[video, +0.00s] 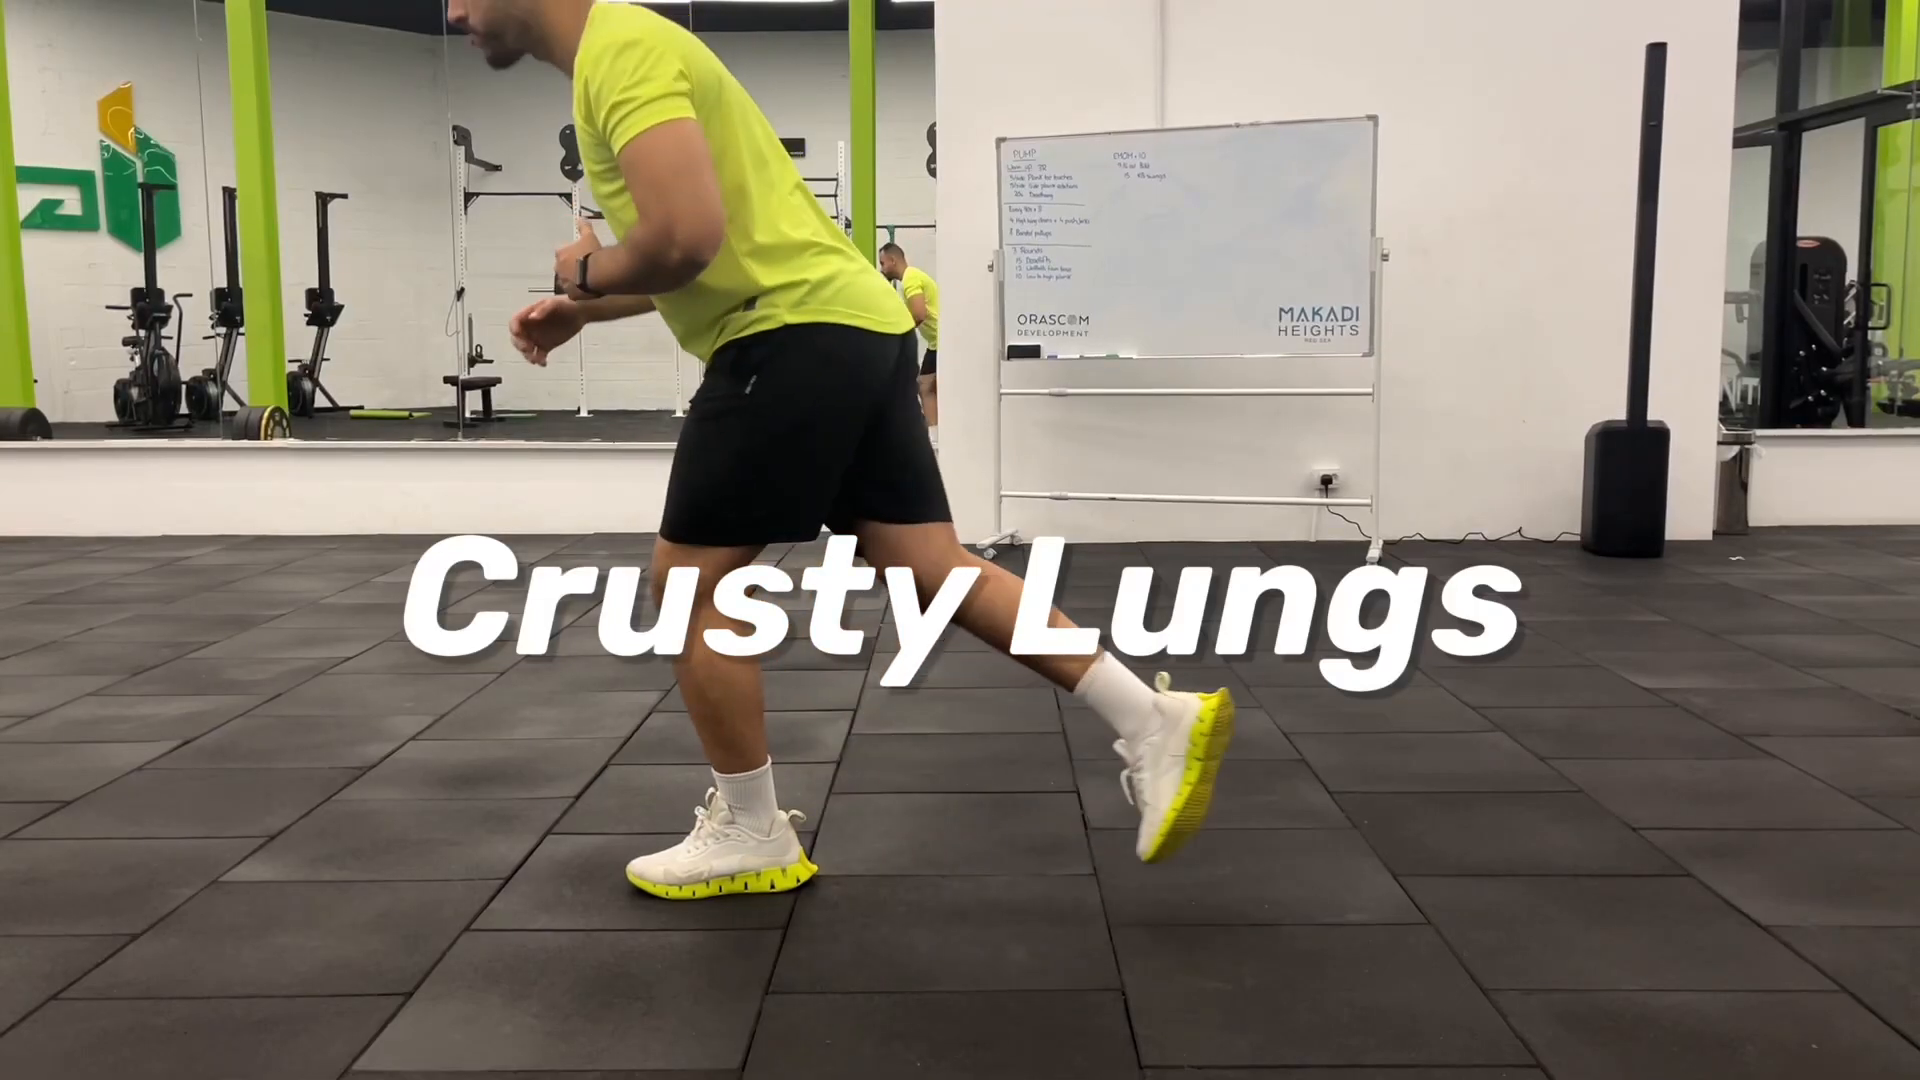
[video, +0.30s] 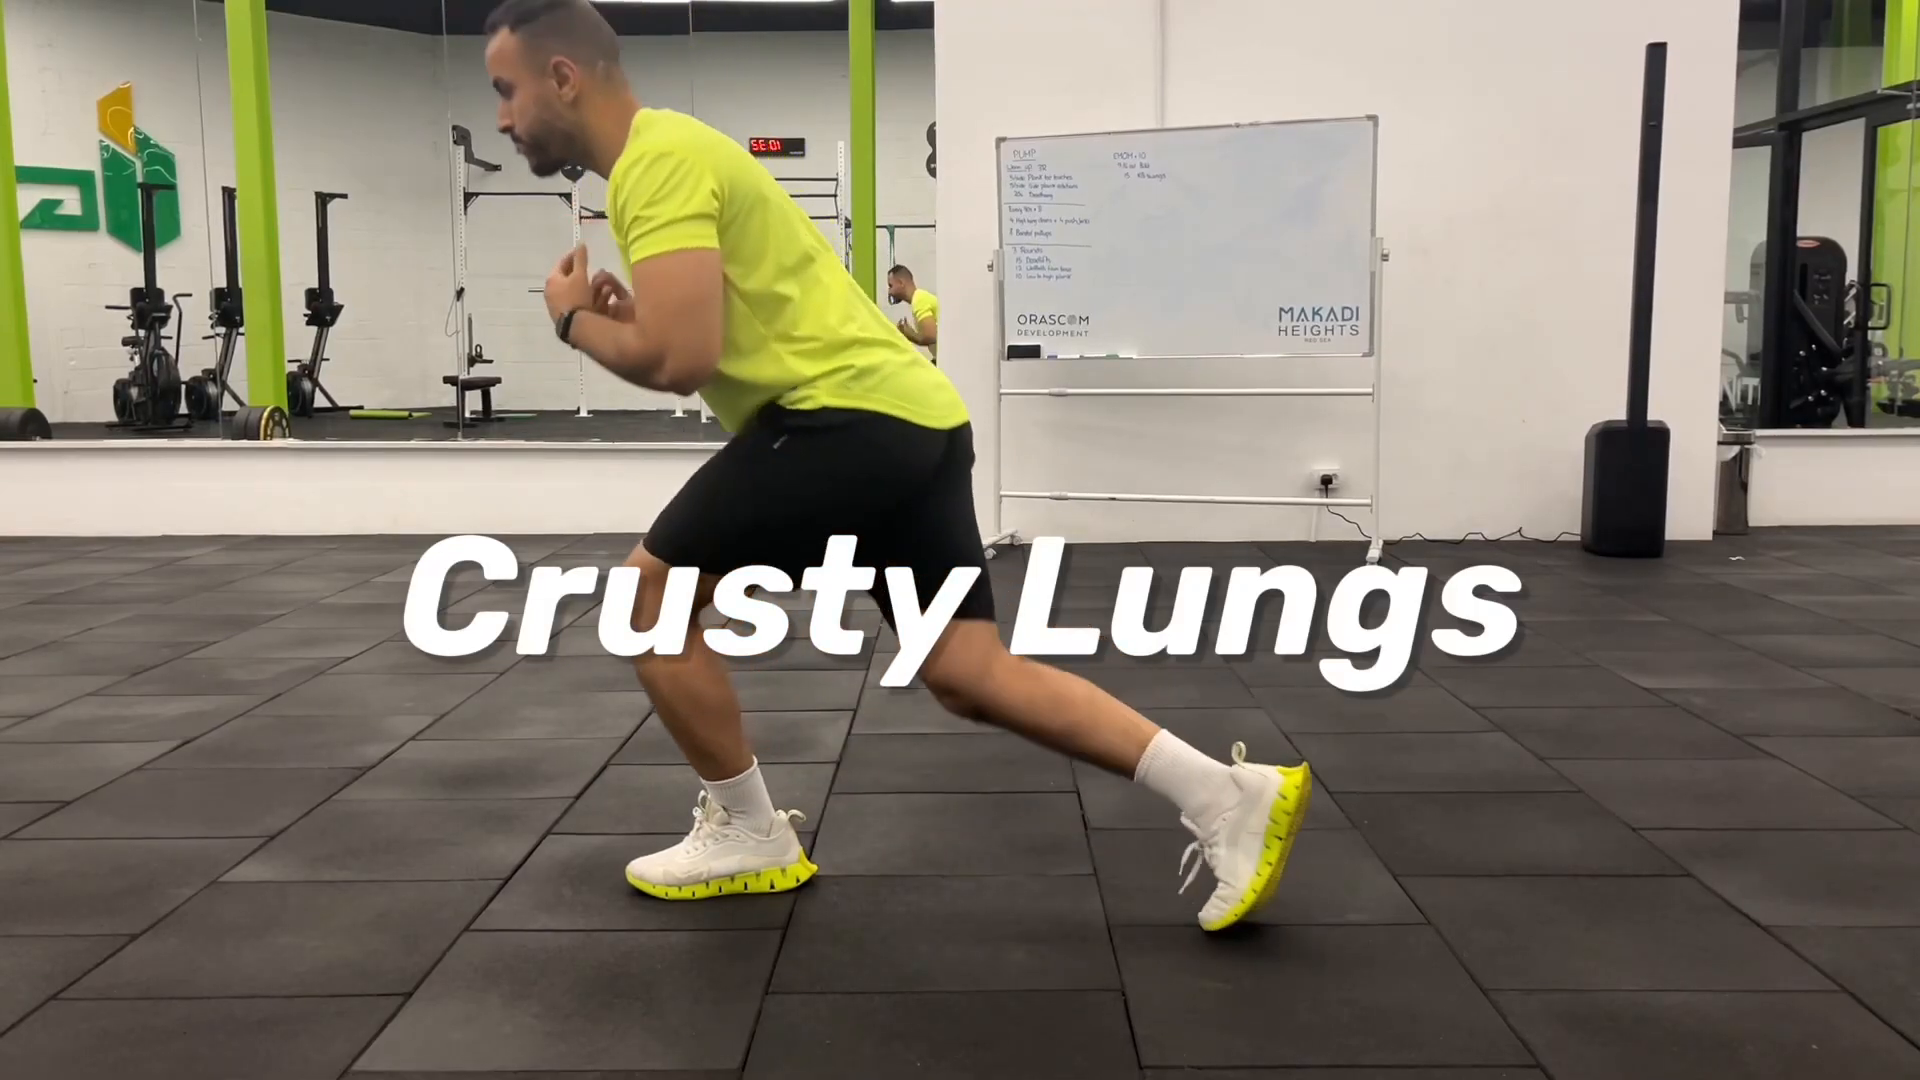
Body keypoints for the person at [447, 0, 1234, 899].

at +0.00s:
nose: (453, 16)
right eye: (450, 5)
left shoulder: (622, 46)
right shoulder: (620, 70)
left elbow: (687, 229)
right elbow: (695, 264)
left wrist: (598, 269)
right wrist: (585, 312)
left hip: (785, 336)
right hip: (862, 326)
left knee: (691, 585)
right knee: (930, 563)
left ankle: (749, 827)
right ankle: (1153, 715)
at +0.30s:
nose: (499, 118)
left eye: (505, 92)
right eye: (495, 95)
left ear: (565, 77)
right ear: (577, 78)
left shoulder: (662, 158)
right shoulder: (679, 159)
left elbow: (679, 354)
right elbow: (679, 358)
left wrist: (575, 320)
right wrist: (598, 320)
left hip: (846, 418)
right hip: (917, 417)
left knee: (653, 601)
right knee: (968, 669)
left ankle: (747, 827)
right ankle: (1224, 796)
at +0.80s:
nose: (625, 194)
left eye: (634, 169)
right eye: (625, 171)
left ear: (691, 167)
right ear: (702, 165)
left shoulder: (765, 275)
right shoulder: (803, 257)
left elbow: (720, 484)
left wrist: (685, 380)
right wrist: (712, 383)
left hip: (895, 547)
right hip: (966, 553)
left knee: (638, 609)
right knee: (958, 820)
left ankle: (747, 833)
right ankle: (1228, 821)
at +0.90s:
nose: (634, 196)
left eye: (642, 172)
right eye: (634, 173)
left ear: (701, 170)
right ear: (710, 168)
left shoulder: (770, 280)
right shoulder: (810, 261)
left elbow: (724, 488)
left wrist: (690, 384)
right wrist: (714, 389)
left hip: (896, 553)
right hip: (969, 562)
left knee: (640, 608)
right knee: (957, 827)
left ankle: (748, 833)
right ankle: (1227, 819)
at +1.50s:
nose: (499, 67)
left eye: (502, 39)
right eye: (492, 42)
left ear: (560, 23)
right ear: (571, 27)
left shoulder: (650, 116)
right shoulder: (676, 104)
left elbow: (649, 326)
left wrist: (590, 248)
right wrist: (616, 247)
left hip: (827, 376)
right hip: (904, 368)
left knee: (671, 590)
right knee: (956, 620)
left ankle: (749, 829)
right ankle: (1182, 775)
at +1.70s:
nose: (483, 9)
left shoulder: (619, 54)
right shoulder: (661, 42)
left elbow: (611, 261)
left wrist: (556, 183)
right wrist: (590, 196)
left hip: (780, 330)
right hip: (863, 324)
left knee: (685, 584)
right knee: (841, 583)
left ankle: (749, 829)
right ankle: (1059, 717)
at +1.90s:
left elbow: (580, 206)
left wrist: (547, 119)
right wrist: (573, 123)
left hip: (748, 304)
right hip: (820, 297)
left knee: (703, 569)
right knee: (758, 548)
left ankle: (749, 829)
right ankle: (869, 752)